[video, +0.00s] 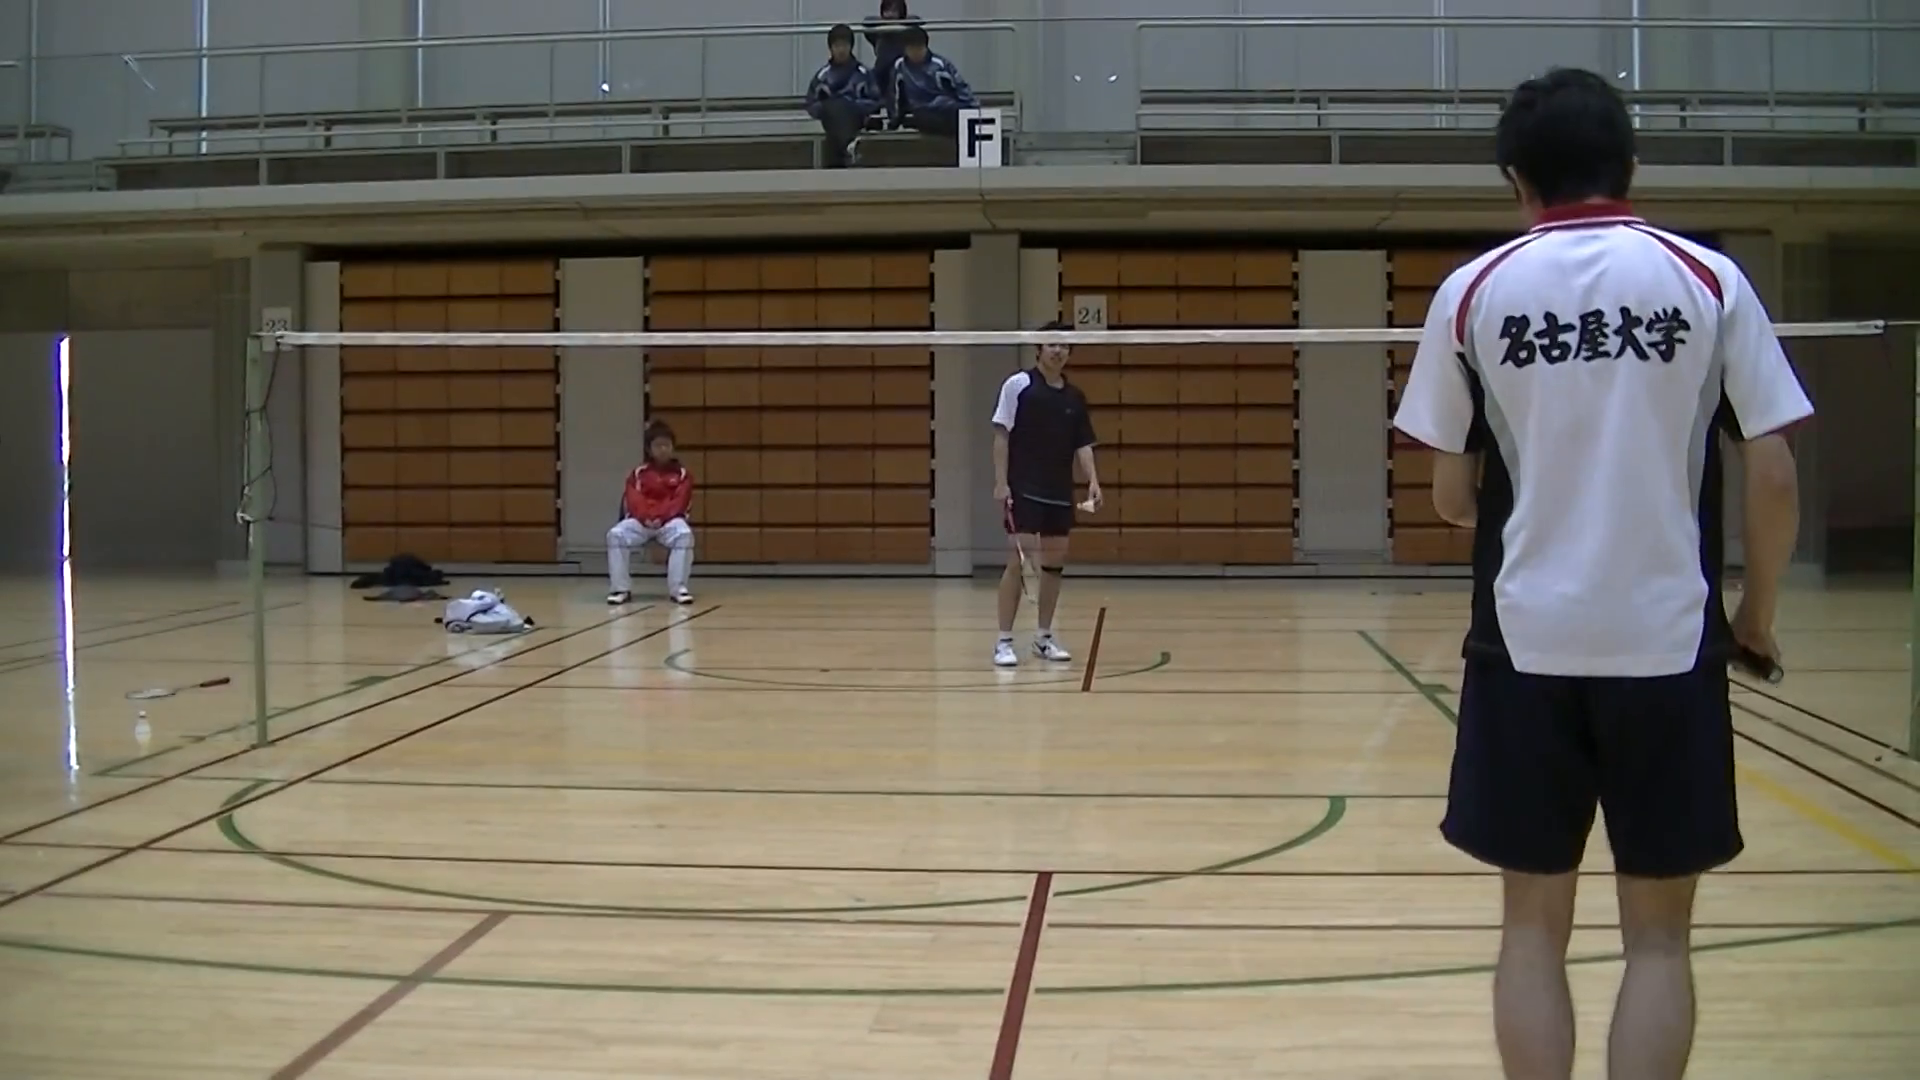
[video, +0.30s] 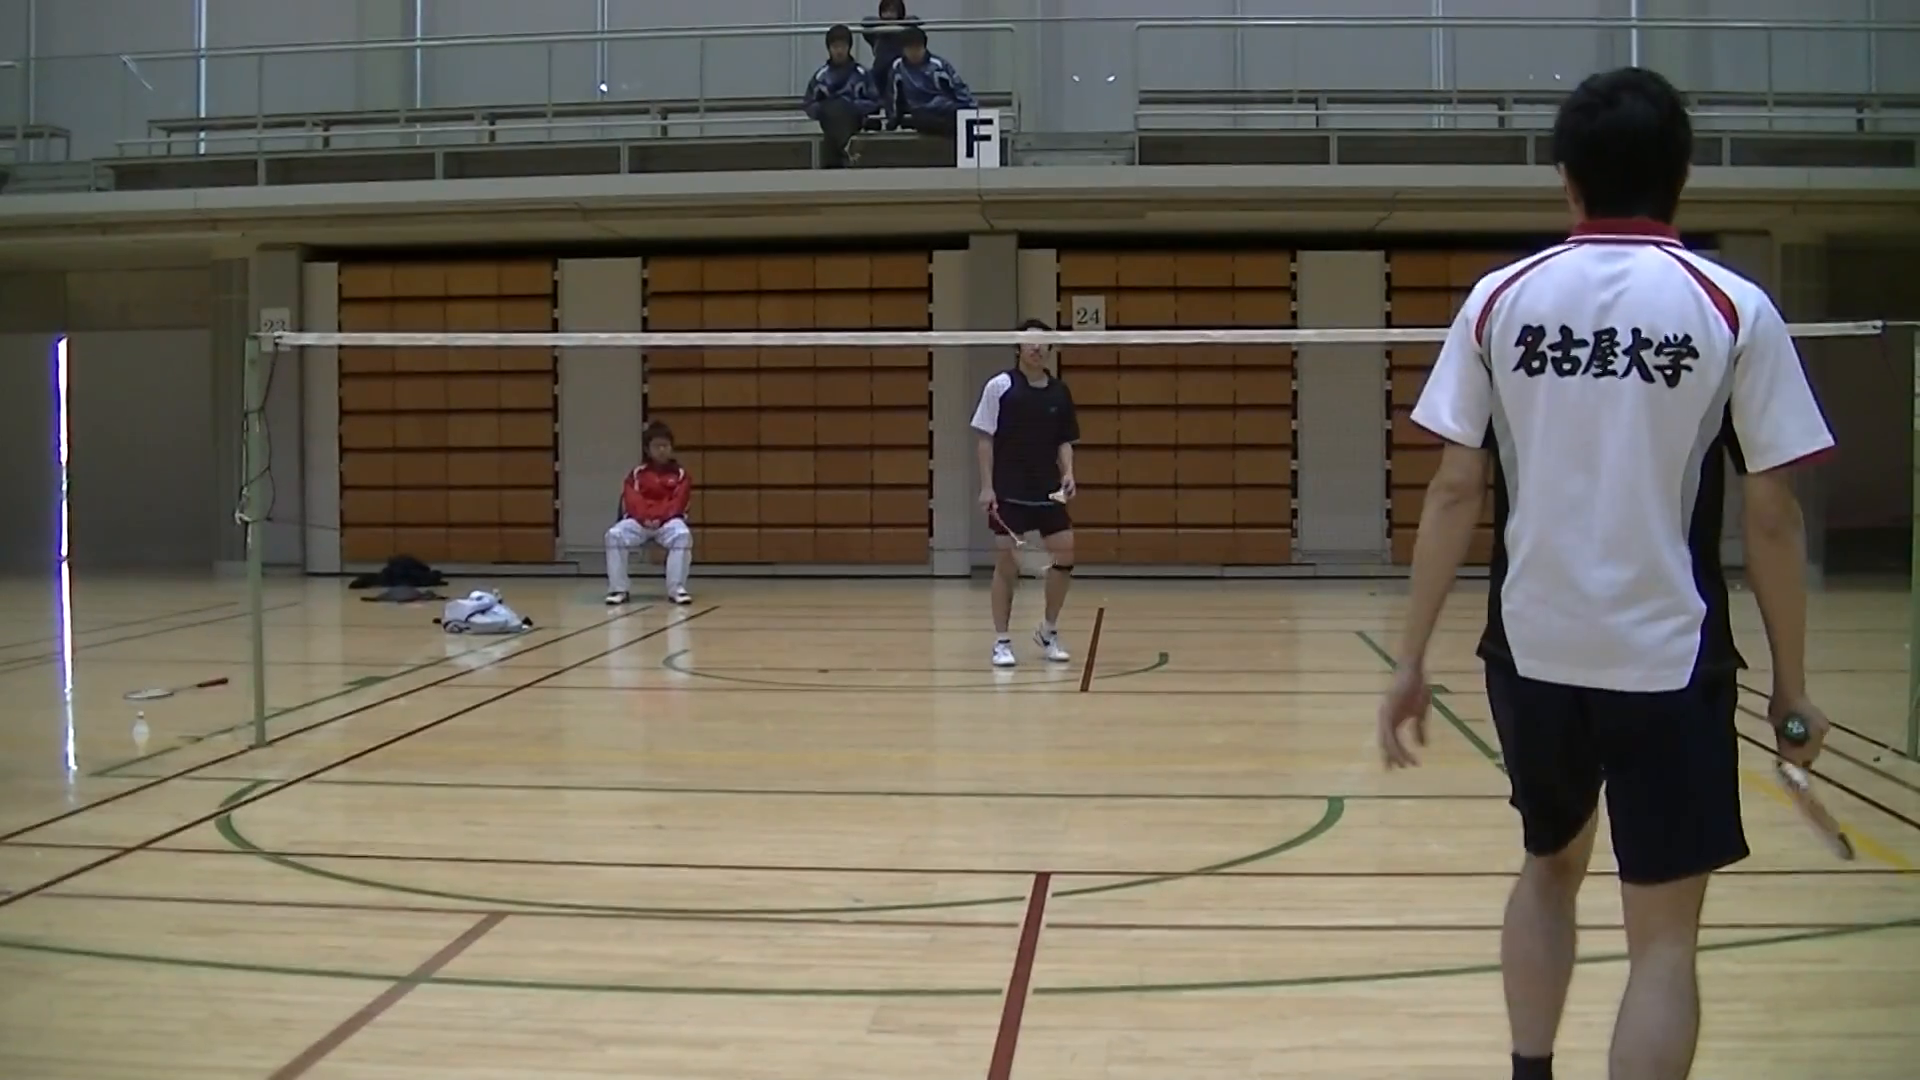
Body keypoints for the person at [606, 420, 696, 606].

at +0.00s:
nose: (663, 450)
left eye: (667, 445)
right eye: (658, 446)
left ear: (672, 448)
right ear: (649, 449)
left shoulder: (682, 474)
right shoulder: (638, 473)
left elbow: (680, 502)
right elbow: (633, 499)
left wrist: (662, 517)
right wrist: (644, 516)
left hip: (669, 520)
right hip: (641, 519)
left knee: (684, 536)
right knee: (616, 536)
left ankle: (678, 588)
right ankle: (621, 590)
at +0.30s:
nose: (662, 450)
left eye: (666, 445)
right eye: (657, 446)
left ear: (671, 448)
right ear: (647, 449)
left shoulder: (680, 474)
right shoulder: (637, 473)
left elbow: (679, 503)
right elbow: (631, 499)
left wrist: (661, 518)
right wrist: (643, 517)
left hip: (668, 520)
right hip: (639, 520)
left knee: (683, 536)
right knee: (614, 536)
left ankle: (676, 588)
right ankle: (619, 590)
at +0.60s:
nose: (661, 450)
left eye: (664, 445)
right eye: (656, 446)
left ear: (670, 448)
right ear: (646, 449)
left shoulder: (679, 474)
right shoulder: (635, 473)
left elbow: (677, 504)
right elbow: (631, 501)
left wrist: (659, 517)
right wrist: (645, 516)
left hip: (667, 520)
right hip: (638, 520)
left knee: (682, 537)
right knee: (613, 536)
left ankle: (676, 588)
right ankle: (618, 590)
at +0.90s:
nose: (659, 449)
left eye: (663, 444)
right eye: (654, 445)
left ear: (669, 447)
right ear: (645, 449)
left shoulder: (677, 474)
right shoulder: (634, 473)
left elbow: (676, 503)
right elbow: (629, 499)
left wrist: (657, 517)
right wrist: (644, 515)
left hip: (665, 519)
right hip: (637, 519)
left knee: (680, 535)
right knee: (611, 535)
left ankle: (674, 587)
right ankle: (616, 589)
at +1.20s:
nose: (659, 450)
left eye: (662, 445)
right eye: (653, 445)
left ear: (668, 447)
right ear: (644, 449)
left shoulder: (677, 474)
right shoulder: (634, 473)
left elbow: (676, 503)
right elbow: (629, 500)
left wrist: (657, 517)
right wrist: (644, 516)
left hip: (665, 520)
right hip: (636, 520)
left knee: (680, 536)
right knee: (611, 535)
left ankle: (674, 588)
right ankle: (616, 589)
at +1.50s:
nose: (658, 450)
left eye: (661, 445)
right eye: (652, 446)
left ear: (668, 447)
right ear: (644, 450)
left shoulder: (677, 475)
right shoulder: (633, 473)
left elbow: (674, 504)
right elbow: (628, 500)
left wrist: (656, 517)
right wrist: (644, 516)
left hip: (664, 520)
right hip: (635, 520)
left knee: (679, 535)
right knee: (610, 535)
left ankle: (673, 587)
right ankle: (615, 589)